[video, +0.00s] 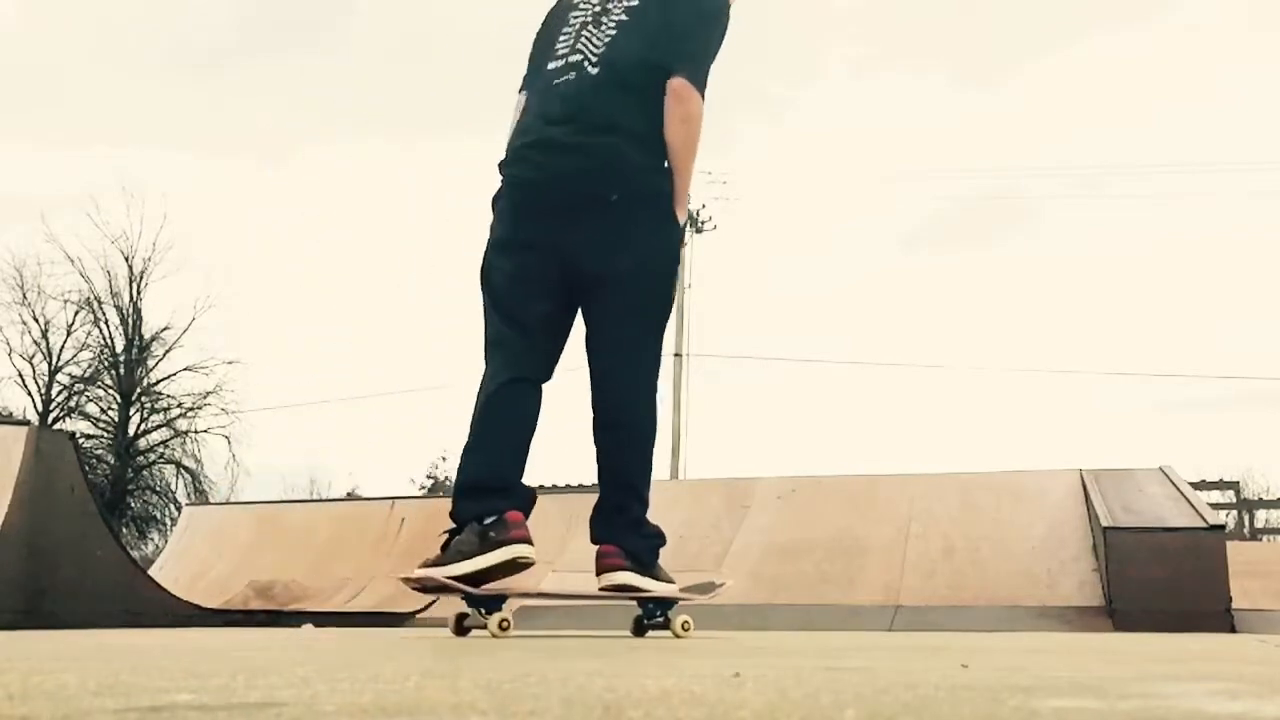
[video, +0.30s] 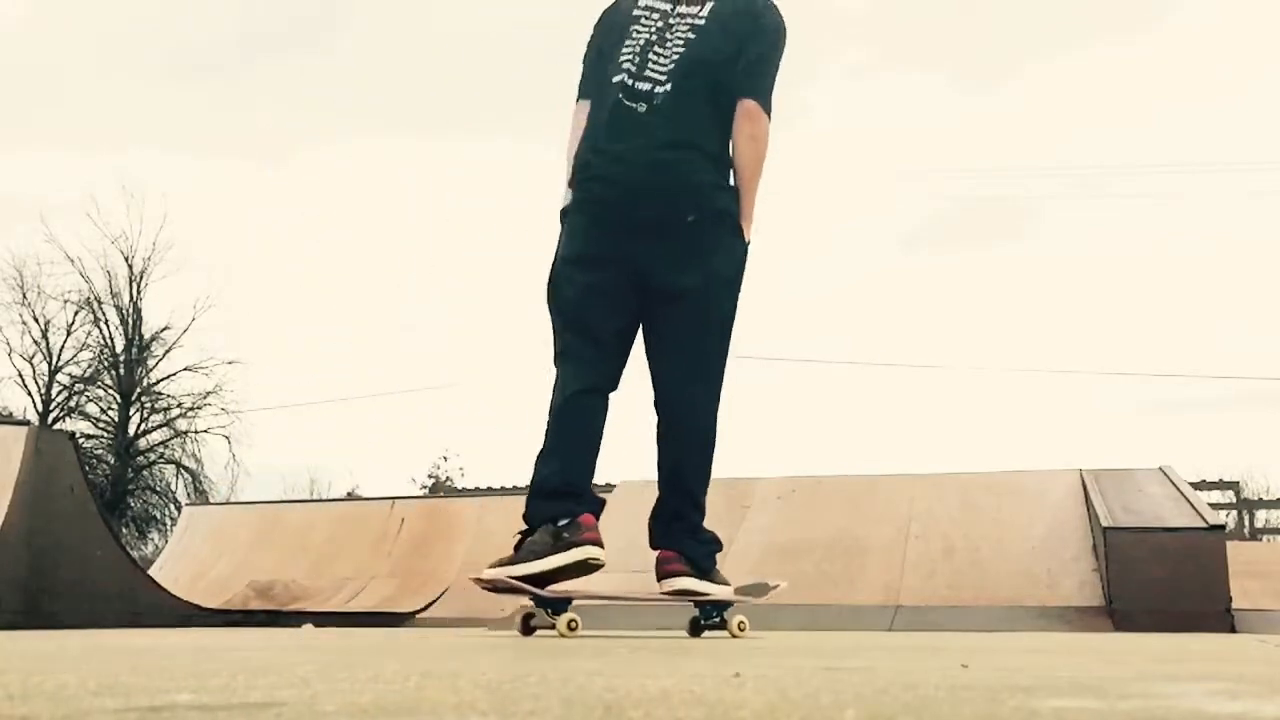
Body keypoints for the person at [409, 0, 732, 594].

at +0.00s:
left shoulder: (565, 8)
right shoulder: (700, 4)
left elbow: (528, 102)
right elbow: (680, 90)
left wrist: (518, 177)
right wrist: (679, 197)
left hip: (532, 189)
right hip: (628, 194)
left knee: (512, 367)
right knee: (626, 384)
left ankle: (489, 517)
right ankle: (624, 541)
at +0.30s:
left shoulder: (619, 11)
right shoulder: (755, 13)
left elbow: (586, 114)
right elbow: (749, 116)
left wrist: (577, 197)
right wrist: (743, 219)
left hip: (598, 212)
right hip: (694, 218)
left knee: (580, 377)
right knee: (689, 398)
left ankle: (561, 519)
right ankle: (682, 548)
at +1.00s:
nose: (624, 71)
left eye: (619, 60)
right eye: (619, 64)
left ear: (627, 34)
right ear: (665, 19)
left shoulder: (660, 48)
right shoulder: (733, 70)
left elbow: (678, 142)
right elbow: (760, 174)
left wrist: (679, 244)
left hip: (716, 251)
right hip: (756, 247)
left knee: (719, 406)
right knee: (723, 404)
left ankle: (787, 556)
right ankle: (747, 556)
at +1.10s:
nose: (619, 82)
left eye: (613, 70)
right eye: (612, 75)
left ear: (629, 46)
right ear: (654, 36)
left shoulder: (663, 56)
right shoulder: (723, 78)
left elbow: (680, 148)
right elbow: (748, 182)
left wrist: (677, 247)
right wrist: (717, 250)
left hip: (706, 265)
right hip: (733, 262)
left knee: (718, 414)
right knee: (688, 416)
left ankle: (777, 563)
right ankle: (693, 560)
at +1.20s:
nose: (614, 95)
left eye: (608, 82)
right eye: (606, 88)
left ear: (625, 57)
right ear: (637, 54)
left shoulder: (665, 66)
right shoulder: (696, 85)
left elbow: (681, 152)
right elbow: (710, 174)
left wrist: (676, 248)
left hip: (706, 275)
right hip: (704, 276)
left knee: (708, 417)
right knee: (670, 420)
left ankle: (767, 565)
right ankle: (683, 560)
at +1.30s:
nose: (604, 109)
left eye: (597, 96)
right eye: (596, 103)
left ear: (613, 70)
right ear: (618, 71)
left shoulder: (659, 76)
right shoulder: (669, 99)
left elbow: (677, 162)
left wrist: (670, 253)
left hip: (696, 283)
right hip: (678, 290)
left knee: (698, 417)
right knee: (655, 423)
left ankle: (761, 563)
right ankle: (679, 563)